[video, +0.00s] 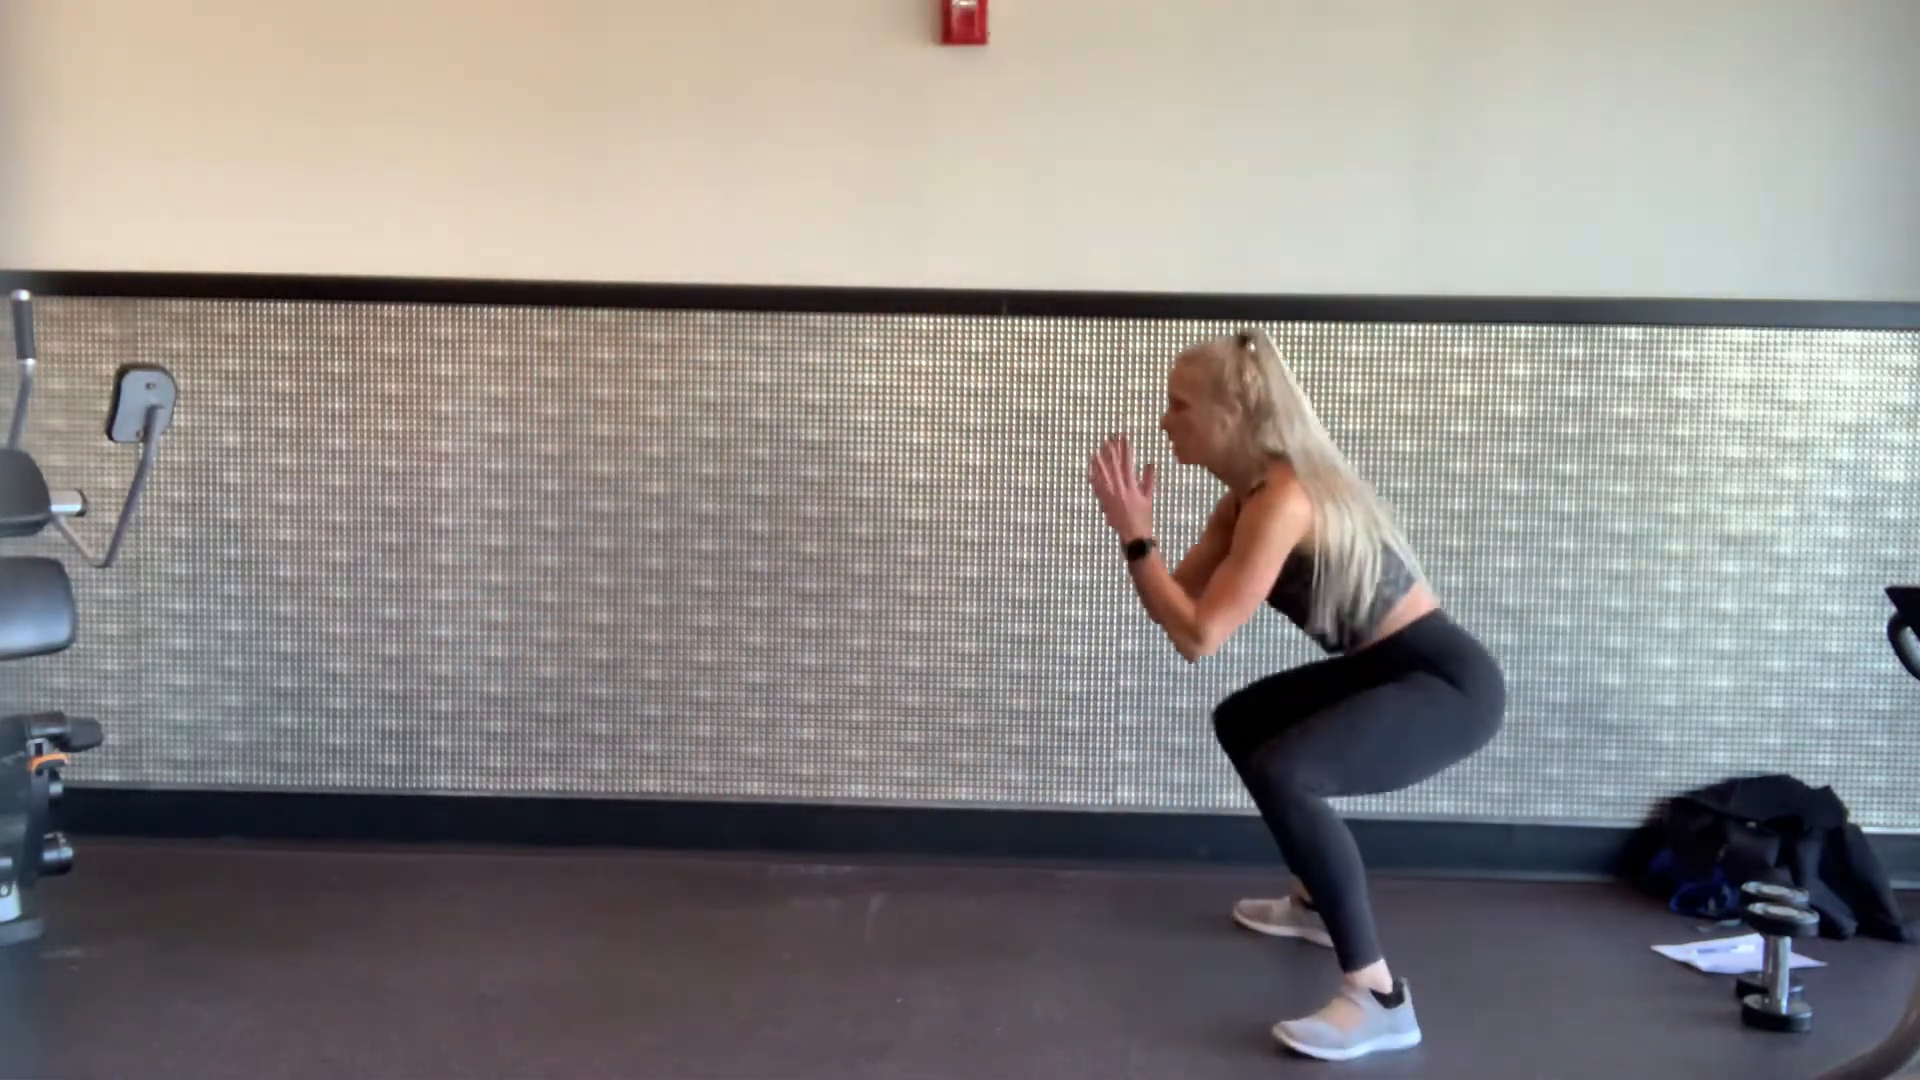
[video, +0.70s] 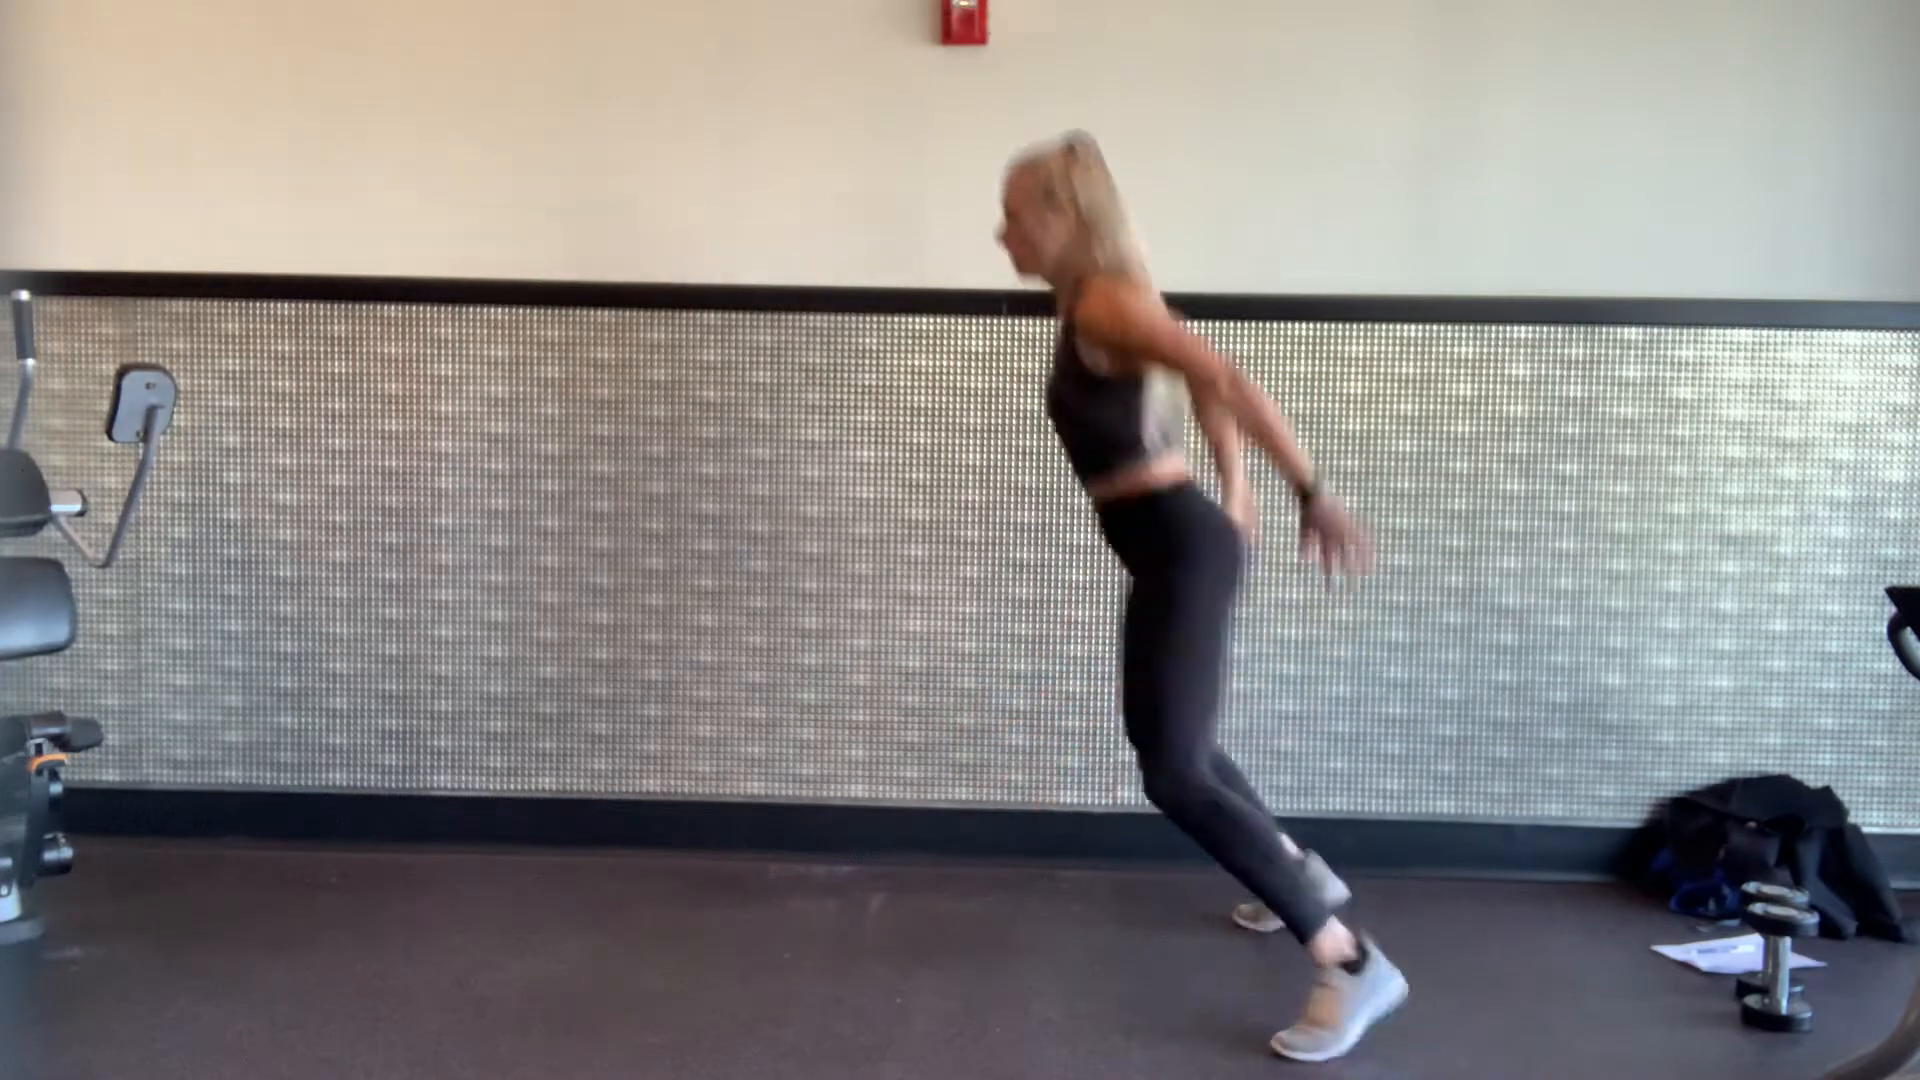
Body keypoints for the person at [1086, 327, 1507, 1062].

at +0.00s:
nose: (1165, 421)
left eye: (1176, 406)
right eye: (1167, 405)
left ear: (1230, 414)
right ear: (1233, 416)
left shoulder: (1281, 500)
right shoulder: (1246, 497)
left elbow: (1198, 635)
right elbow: (1180, 603)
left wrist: (1137, 538)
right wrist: (1135, 534)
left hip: (1449, 683)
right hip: (1397, 668)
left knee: (1287, 768)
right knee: (1242, 722)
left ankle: (1377, 994)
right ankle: (1321, 900)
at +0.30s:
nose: (1123, 399)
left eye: (1134, 385)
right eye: (1124, 384)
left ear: (1185, 388)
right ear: (1184, 390)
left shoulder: (1244, 470)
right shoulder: (1210, 468)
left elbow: (1136, 596)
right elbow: (1124, 567)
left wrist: (1037, 533)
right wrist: (1034, 529)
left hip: (1423, 647)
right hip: (1368, 636)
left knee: (1280, 770)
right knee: (1237, 722)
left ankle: (1377, 993)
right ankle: (1321, 901)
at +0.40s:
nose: (1100, 400)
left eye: (1111, 384)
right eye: (1101, 383)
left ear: (1164, 385)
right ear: (1162, 388)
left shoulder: (1222, 471)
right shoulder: (1189, 468)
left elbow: (1119, 593)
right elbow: (1102, 568)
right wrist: (1000, 629)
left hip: (1405, 643)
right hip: (1350, 636)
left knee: (1266, 778)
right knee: (1224, 728)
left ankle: (1375, 992)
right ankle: (1319, 899)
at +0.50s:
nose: (1072, 393)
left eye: (1080, 376)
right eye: (1071, 377)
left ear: (1132, 375)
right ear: (1136, 376)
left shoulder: (1189, 462)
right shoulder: (1158, 464)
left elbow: (1147, 611)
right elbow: (1109, 586)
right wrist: (1038, 687)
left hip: (1369, 634)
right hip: (1318, 633)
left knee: (1241, 792)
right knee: (1203, 738)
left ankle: (1371, 992)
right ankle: (1317, 898)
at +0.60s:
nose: (1036, 340)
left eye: (1046, 323)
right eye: (1037, 323)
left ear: (1094, 331)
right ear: (1099, 330)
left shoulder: (1148, 419)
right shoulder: (1130, 411)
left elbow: (1211, 558)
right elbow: (1176, 540)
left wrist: (1226, 694)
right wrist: (1157, 640)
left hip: (1302, 606)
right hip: (1264, 600)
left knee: (1214, 804)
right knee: (1183, 748)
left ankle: (1369, 991)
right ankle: (1309, 898)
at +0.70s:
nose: (1003, 233)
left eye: (1016, 216)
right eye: (1004, 216)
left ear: (1063, 217)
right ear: (1064, 219)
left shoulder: (1103, 302)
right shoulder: (1094, 300)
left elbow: (1225, 377)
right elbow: (1207, 381)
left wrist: (1311, 492)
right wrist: (1236, 495)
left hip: (1183, 548)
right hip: (1164, 546)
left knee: (1176, 776)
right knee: (1169, 745)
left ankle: (1351, 962)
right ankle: (1299, 875)